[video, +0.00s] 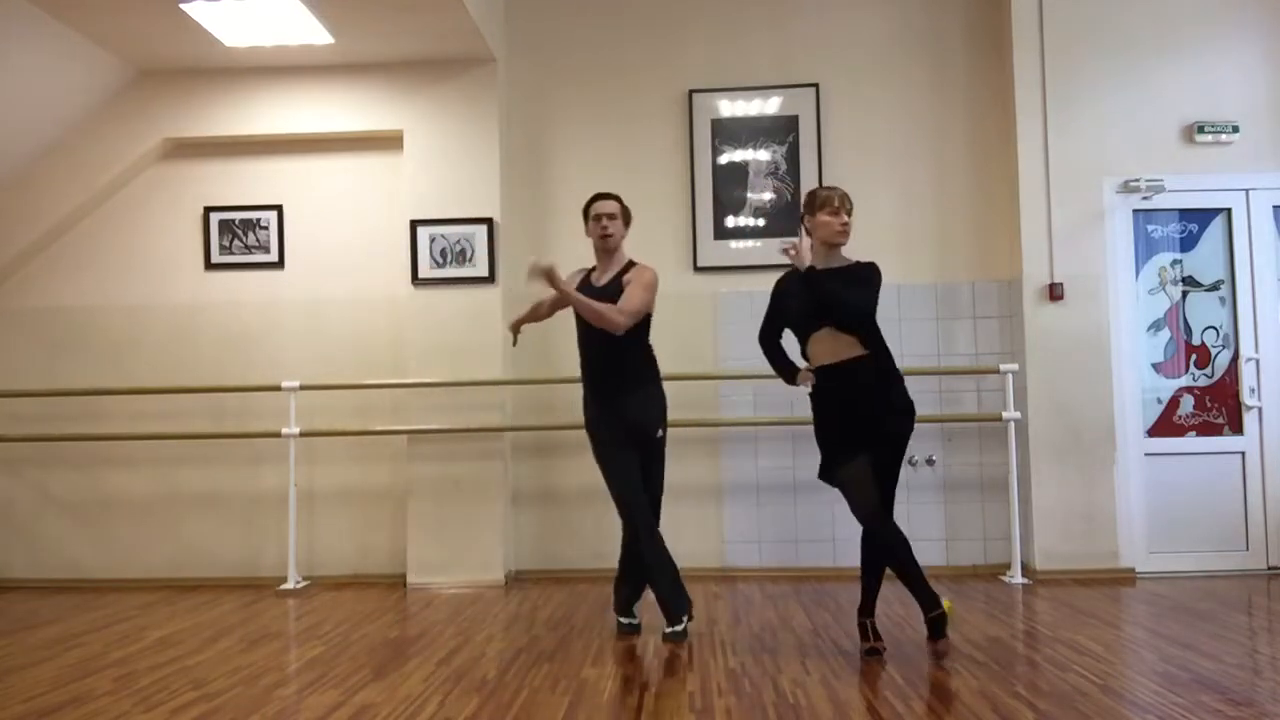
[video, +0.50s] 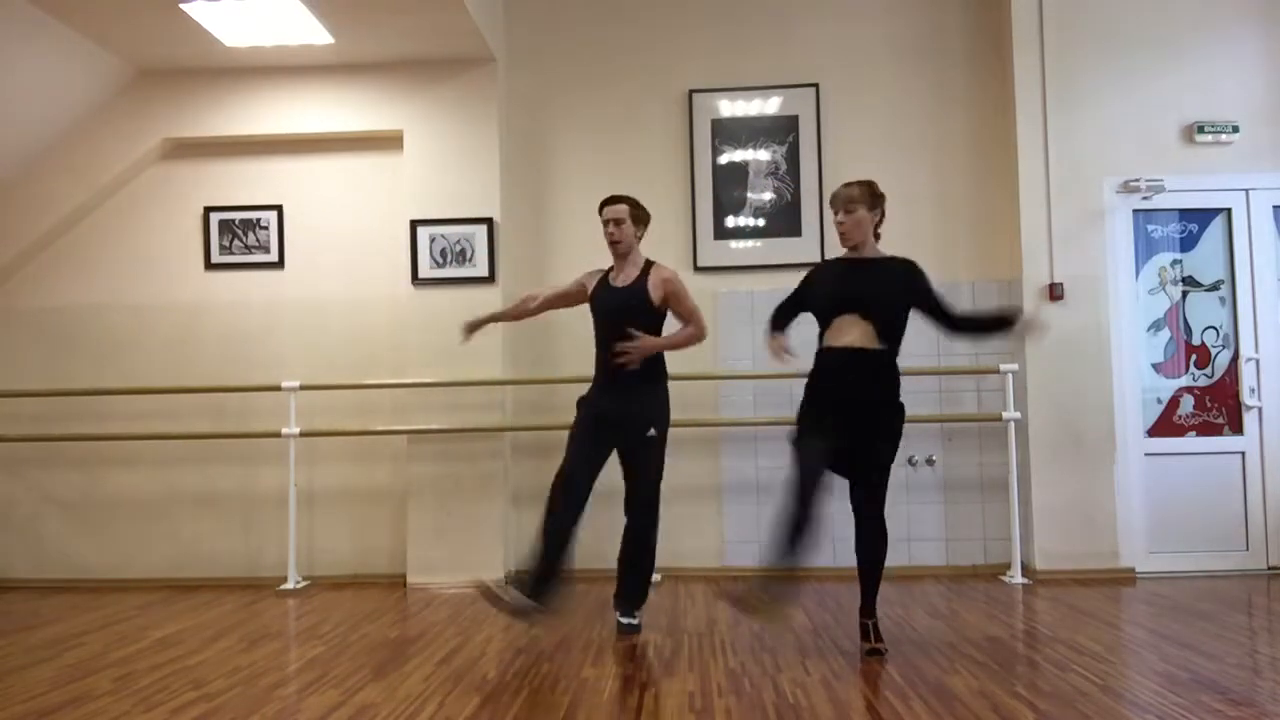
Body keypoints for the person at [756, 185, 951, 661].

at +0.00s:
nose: (841, 218)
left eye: (845, 213)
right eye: (830, 211)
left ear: (851, 223)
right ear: (807, 222)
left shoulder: (865, 271)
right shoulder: (790, 283)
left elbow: (855, 315)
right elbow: (767, 338)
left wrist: (805, 269)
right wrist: (795, 373)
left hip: (884, 395)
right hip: (833, 402)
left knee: (878, 514)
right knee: (870, 514)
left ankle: (866, 616)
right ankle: (932, 605)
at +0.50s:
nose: (840, 221)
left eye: (850, 212)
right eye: (836, 214)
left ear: (876, 216)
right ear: (834, 220)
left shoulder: (902, 273)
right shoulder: (823, 274)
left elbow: (953, 322)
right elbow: (784, 312)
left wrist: (1012, 319)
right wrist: (776, 332)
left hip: (877, 392)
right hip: (826, 389)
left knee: (868, 506)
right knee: (805, 482)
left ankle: (868, 614)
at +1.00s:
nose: (824, 225)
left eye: (833, 215)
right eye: (821, 217)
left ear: (859, 218)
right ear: (820, 223)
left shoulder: (896, 262)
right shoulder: (820, 275)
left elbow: (949, 291)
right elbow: (782, 297)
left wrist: (963, 289)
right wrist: (740, 297)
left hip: (883, 394)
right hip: (830, 388)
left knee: (868, 513)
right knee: (781, 472)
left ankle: (855, 616)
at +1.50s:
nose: (789, 236)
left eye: (799, 228)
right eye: (788, 229)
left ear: (828, 235)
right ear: (793, 239)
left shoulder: (857, 286)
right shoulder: (781, 292)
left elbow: (898, 330)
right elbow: (796, 338)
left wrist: (878, 371)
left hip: (865, 404)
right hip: (817, 413)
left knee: (856, 522)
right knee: (849, 528)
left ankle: (850, 617)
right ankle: (928, 600)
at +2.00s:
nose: (744, 224)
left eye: (751, 214)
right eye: (743, 216)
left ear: (780, 216)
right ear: (757, 220)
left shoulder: (811, 263)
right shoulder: (740, 277)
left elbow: (851, 287)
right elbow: (721, 332)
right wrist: (711, 383)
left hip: (811, 393)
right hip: (760, 394)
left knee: (823, 502)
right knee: (734, 499)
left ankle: (845, 606)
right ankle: (711, 605)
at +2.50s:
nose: (733, 226)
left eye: (741, 220)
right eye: (726, 220)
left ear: (753, 229)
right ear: (714, 228)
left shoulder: (771, 286)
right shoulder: (696, 289)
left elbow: (793, 351)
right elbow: (684, 356)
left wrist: (819, 335)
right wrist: (667, 330)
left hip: (763, 399)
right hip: (711, 402)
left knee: (795, 502)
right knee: (686, 506)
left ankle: (826, 599)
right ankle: (674, 607)